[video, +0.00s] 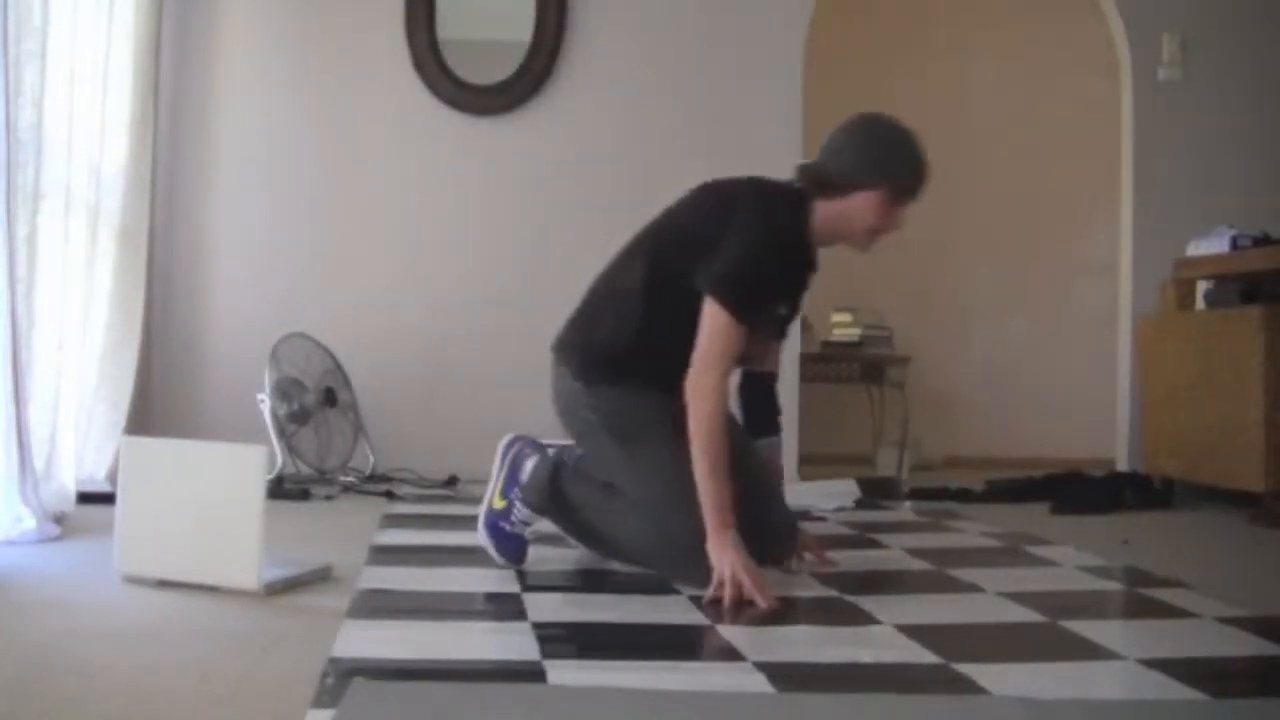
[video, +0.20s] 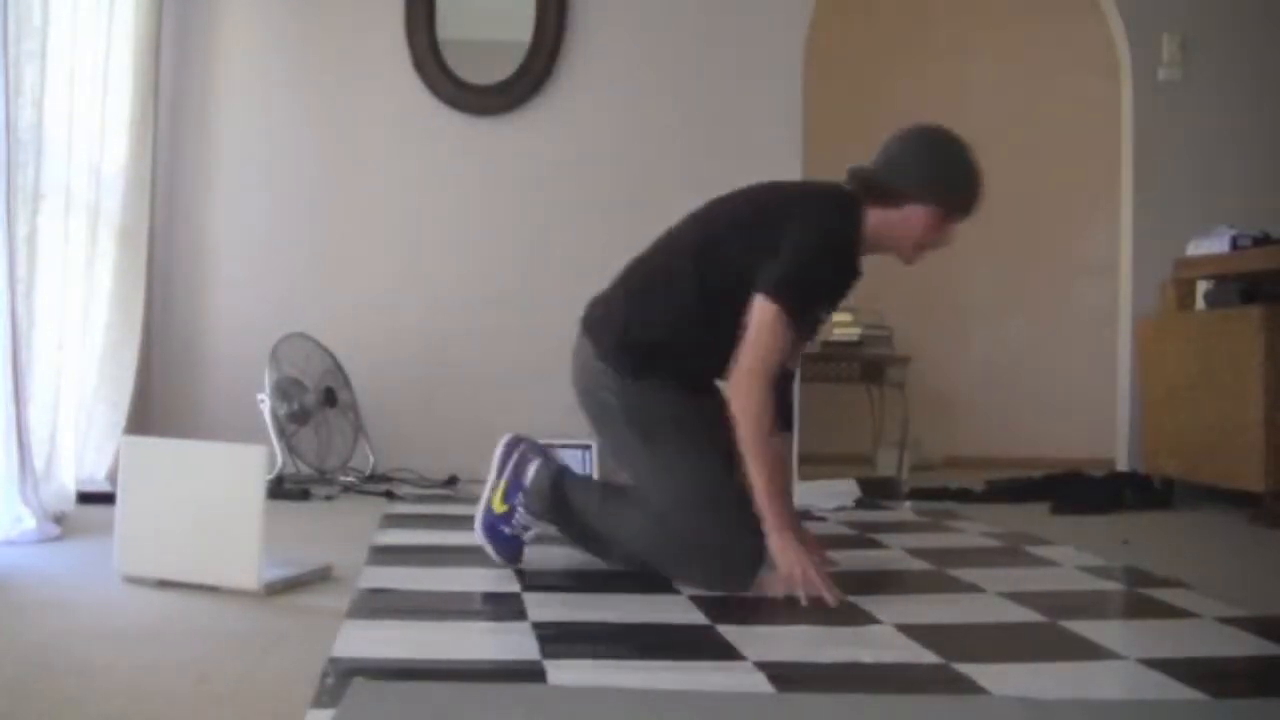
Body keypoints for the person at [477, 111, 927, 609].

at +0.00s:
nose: (895, 223)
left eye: (901, 208)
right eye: (894, 203)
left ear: (861, 191)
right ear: (858, 184)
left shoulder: (792, 248)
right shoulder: (760, 223)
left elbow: (757, 383)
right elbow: (703, 385)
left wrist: (781, 512)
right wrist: (723, 538)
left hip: (670, 390)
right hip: (600, 386)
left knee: (766, 540)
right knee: (695, 562)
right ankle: (539, 478)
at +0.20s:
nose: (945, 238)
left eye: (953, 224)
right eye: (947, 219)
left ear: (905, 196)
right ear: (913, 201)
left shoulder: (834, 235)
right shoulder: (821, 230)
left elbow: (769, 386)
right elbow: (747, 382)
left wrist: (783, 526)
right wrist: (779, 535)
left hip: (666, 373)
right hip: (630, 370)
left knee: (729, 540)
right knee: (721, 562)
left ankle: (566, 483)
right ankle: (542, 487)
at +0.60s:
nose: (955, 279)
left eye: (967, 269)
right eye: (962, 261)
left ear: (928, 230)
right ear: (932, 228)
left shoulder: (852, 261)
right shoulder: (834, 237)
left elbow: (768, 393)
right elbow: (775, 391)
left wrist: (784, 522)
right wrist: (781, 536)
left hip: (664, 361)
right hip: (636, 354)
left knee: (707, 543)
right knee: (711, 564)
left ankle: (546, 485)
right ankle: (532, 490)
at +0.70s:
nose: (942, 281)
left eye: (954, 271)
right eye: (950, 264)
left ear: (916, 227)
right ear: (922, 230)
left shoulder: (842, 251)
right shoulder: (829, 237)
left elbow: (761, 390)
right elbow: (777, 391)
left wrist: (783, 518)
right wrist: (783, 535)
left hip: (651, 364)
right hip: (624, 356)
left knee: (694, 544)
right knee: (683, 562)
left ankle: (519, 481)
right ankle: (514, 483)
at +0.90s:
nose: (914, 270)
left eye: (925, 259)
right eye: (921, 252)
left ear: (887, 220)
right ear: (894, 222)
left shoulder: (813, 254)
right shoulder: (803, 231)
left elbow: (742, 398)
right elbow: (765, 391)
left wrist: (783, 519)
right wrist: (781, 537)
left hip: (628, 374)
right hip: (596, 361)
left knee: (680, 542)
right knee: (645, 570)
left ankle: (502, 482)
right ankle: (477, 487)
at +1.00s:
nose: (897, 258)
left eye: (906, 246)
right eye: (901, 239)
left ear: (866, 212)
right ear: (869, 209)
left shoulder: (797, 252)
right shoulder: (782, 226)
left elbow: (737, 397)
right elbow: (754, 388)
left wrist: (781, 517)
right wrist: (781, 534)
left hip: (617, 377)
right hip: (581, 365)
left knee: (681, 541)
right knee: (640, 569)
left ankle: (503, 481)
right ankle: (469, 486)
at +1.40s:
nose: (794, 183)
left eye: (798, 166)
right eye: (793, 164)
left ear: (751, 150)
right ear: (763, 153)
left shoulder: (697, 210)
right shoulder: (691, 211)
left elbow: (697, 377)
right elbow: (696, 380)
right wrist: (752, 484)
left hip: (578, 405)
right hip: (537, 404)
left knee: (679, 541)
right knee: (638, 571)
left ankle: (493, 478)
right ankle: (472, 495)